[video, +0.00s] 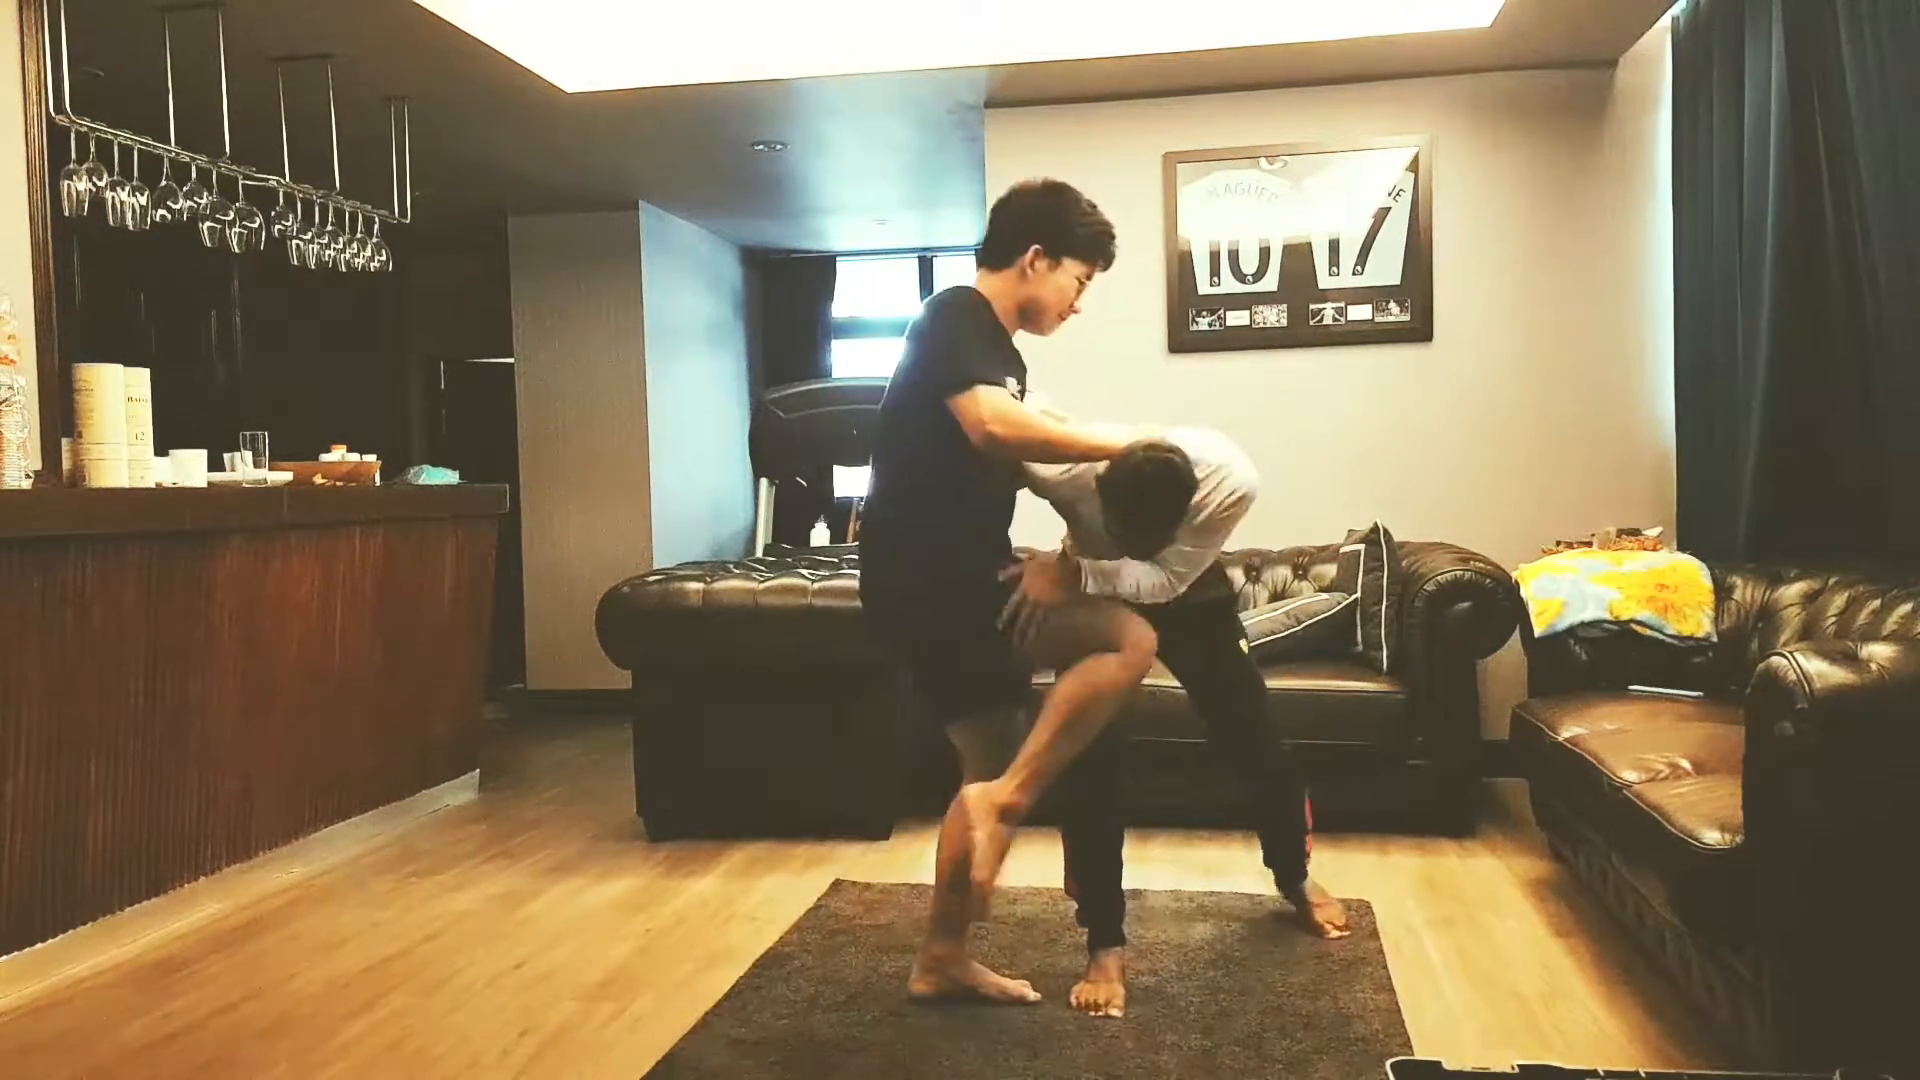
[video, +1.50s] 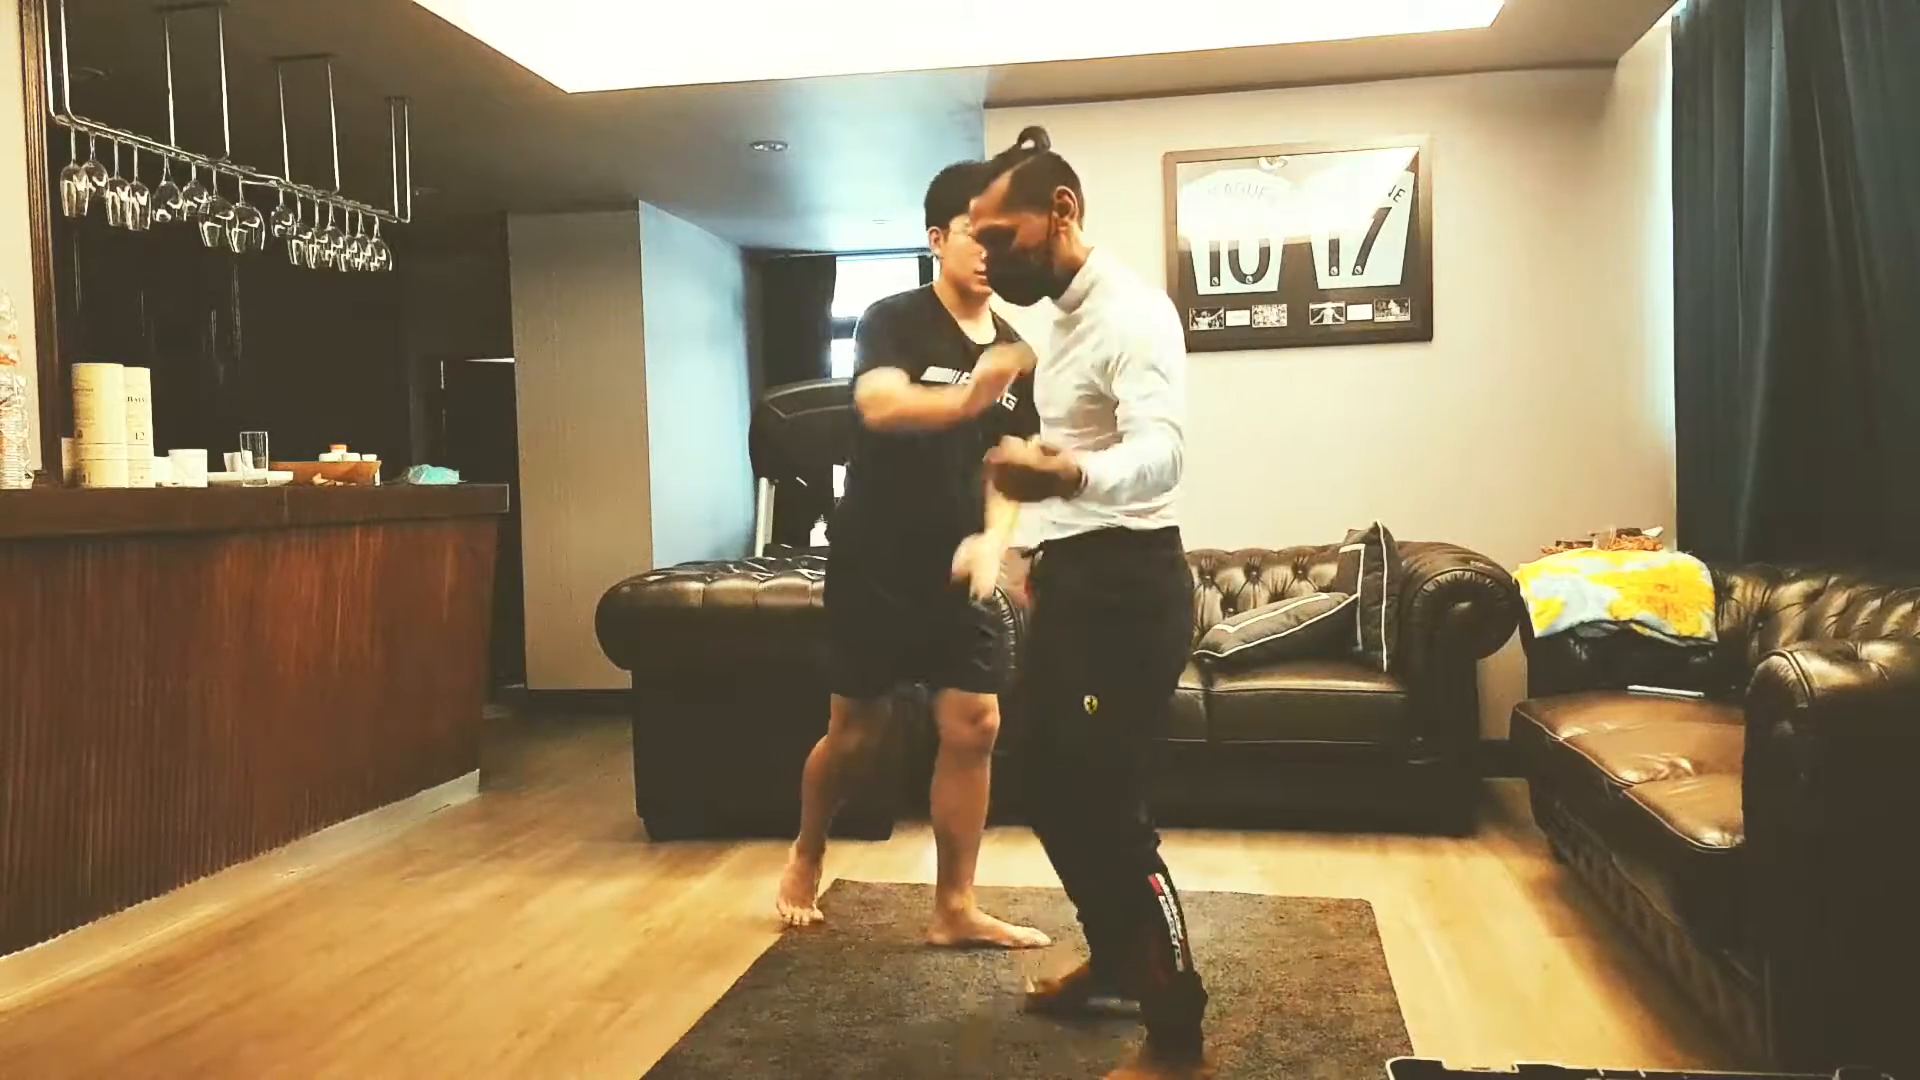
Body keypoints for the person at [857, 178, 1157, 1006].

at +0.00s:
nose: (1078, 302)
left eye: (1085, 287)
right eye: (1078, 282)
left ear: (1029, 263)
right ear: (1032, 259)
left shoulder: (990, 344)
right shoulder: (963, 312)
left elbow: (994, 460)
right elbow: (988, 421)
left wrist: (1079, 487)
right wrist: (1112, 446)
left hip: (939, 571)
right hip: (937, 572)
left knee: (991, 768)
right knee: (1129, 639)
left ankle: (945, 959)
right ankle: (1007, 796)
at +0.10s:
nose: (1064, 299)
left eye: (1072, 283)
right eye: (1063, 277)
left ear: (1016, 261)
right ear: (1016, 257)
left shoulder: (990, 356)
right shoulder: (943, 309)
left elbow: (1003, 467)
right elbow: (969, 408)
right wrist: (1086, 425)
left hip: (947, 571)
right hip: (913, 567)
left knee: (989, 763)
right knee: (1092, 676)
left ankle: (941, 960)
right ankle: (935, 810)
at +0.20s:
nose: (1050, 292)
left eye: (1055, 276)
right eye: (1047, 270)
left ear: (1000, 256)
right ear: (999, 248)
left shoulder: (981, 350)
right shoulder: (927, 301)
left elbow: (997, 465)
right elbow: (964, 393)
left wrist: (1053, 434)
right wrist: (1085, 403)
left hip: (944, 564)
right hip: (896, 561)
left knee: (977, 749)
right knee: (1024, 731)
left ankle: (940, 954)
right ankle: (851, 824)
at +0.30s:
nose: (1037, 284)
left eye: (1042, 269)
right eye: (1033, 262)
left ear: (988, 248)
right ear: (983, 239)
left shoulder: (968, 330)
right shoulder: (911, 292)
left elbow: (983, 449)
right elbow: (965, 375)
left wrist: (1017, 427)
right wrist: (1071, 371)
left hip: (941, 568)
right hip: (880, 567)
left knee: (968, 752)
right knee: (919, 779)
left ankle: (939, 954)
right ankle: (787, 830)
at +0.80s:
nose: (988, 282)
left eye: (992, 268)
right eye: (979, 265)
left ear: (953, 270)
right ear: (924, 262)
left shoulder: (944, 372)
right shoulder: (872, 309)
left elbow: (1011, 463)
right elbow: (982, 317)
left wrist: (1084, 425)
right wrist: (1069, 277)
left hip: (893, 563)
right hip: (814, 561)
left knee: (950, 725)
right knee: (815, 745)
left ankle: (940, 912)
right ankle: (760, 872)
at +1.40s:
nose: (1003, 257)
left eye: (1009, 243)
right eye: (986, 240)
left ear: (1015, 246)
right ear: (941, 240)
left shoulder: (1006, 339)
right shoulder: (904, 305)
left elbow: (1023, 450)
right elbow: (921, 357)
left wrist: (1038, 498)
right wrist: (1026, 326)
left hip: (962, 564)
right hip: (879, 558)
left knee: (981, 727)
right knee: (859, 742)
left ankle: (956, 907)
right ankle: (802, 852)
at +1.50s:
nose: (988, 249)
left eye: (997, 235)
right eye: (972, 234)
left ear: (1009, 242)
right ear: (935, 237)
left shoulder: (1010, 346)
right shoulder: (892, 319)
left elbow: (1010, 456)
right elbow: (878, 405)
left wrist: (994, 538)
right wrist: (965, 399)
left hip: (967, 553)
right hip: (877, 549)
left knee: (974, 726)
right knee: (850, 729)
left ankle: (954, 904)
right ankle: (807, 855)